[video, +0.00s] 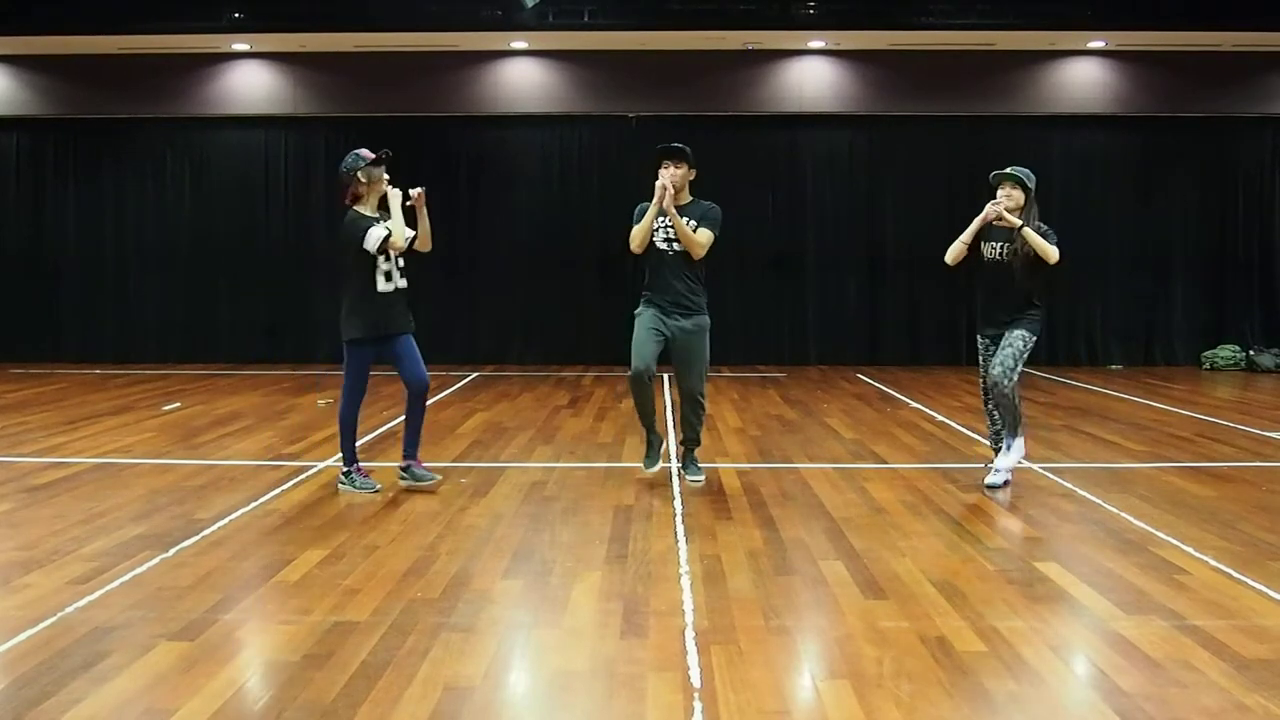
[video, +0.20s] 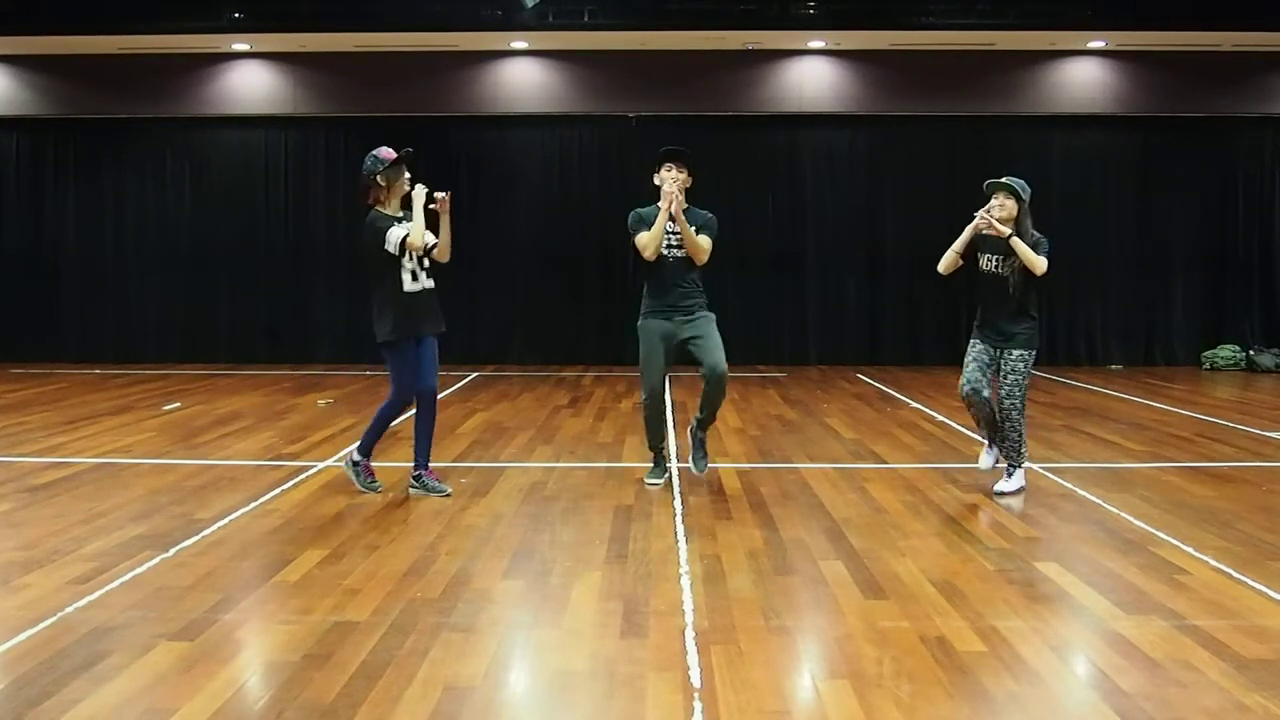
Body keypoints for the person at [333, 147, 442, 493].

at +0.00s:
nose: (386, 173)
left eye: (383, 168)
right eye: (378, 169)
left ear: (372, 179)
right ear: (361, 179)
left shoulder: (388, 216)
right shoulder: (355, 221)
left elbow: (424, 245)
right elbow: (397, 243)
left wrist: (421, 210)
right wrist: (394, 205)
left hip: (394, 318)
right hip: (359, 321)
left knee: (419, 383)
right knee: (354, 394)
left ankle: (410, 463)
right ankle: (349, 469)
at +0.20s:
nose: (407, 174)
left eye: (405, 169)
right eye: (398, 171)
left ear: (396, 179)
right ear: (381, 181)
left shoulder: (410, 217)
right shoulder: (376, 222)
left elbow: (442, 254)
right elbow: (417, 242)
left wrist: (444, 216)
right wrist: (417, 204)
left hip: (424, 317)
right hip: (394, 320)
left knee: (429, 391)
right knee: (403, 394)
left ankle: (421, 472)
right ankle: (359, 457)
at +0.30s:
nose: (416, 173)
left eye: (413, 168)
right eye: (407, 172)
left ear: (415, 176)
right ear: (391, 184)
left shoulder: (430, 215)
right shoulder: (387, 220)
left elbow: (469, 240)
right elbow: (421, 236)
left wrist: (458, 201)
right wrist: (426, 197)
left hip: (437, 314)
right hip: (408, 316)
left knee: (433, 394)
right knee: (433, 390)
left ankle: (421, 472)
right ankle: (387, 447)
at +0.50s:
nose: (435, 175)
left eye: (435, 170)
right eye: (426, 174)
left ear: (440, 180)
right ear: (410, 187)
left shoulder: (456, 216)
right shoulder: (408, 224)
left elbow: (494, 233)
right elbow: (436, 239)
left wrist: (480, 193)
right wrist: (444, 199)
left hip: (460, 317)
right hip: (433, 320)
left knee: (439, 397)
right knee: (459, 394)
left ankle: (421, 473)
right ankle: (458, 479)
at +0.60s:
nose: (450, 184)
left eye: (449, 178)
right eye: (442, 181)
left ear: (449, 182)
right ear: (425, 189)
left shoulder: (461, 219)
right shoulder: (420, 228)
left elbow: (495, 249)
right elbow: (453, 246)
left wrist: (492, 206)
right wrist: (461, 205)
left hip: (469, 315)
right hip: (447, 317)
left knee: (457, 397)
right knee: (469, 395)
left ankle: (425, 470)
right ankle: (460, 480)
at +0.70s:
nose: (463, 178)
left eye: (461, 172)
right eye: (454, 173)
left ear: (457, 179)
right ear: (438, 183)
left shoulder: (468, 220)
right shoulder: (436, 225)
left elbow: (508, 247)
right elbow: (479, 236)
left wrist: (507, 205)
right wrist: (477, 198)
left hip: (490, 317)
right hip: (465, 320)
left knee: (495, 398)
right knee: (473, 400)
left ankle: (444, 456)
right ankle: (459, 480)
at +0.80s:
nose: (478, 172)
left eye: (474, 167)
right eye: (469, 168)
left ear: (465, 179)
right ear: (453, 180)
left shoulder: (480, 221)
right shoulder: (456, 220)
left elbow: (525, 239)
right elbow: (503, 229)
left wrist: (519, 198)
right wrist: (497, 193)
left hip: (501, 318)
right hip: (477, 321)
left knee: (522, 395)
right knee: (478, 401)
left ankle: (482, 461)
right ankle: (459, 481)